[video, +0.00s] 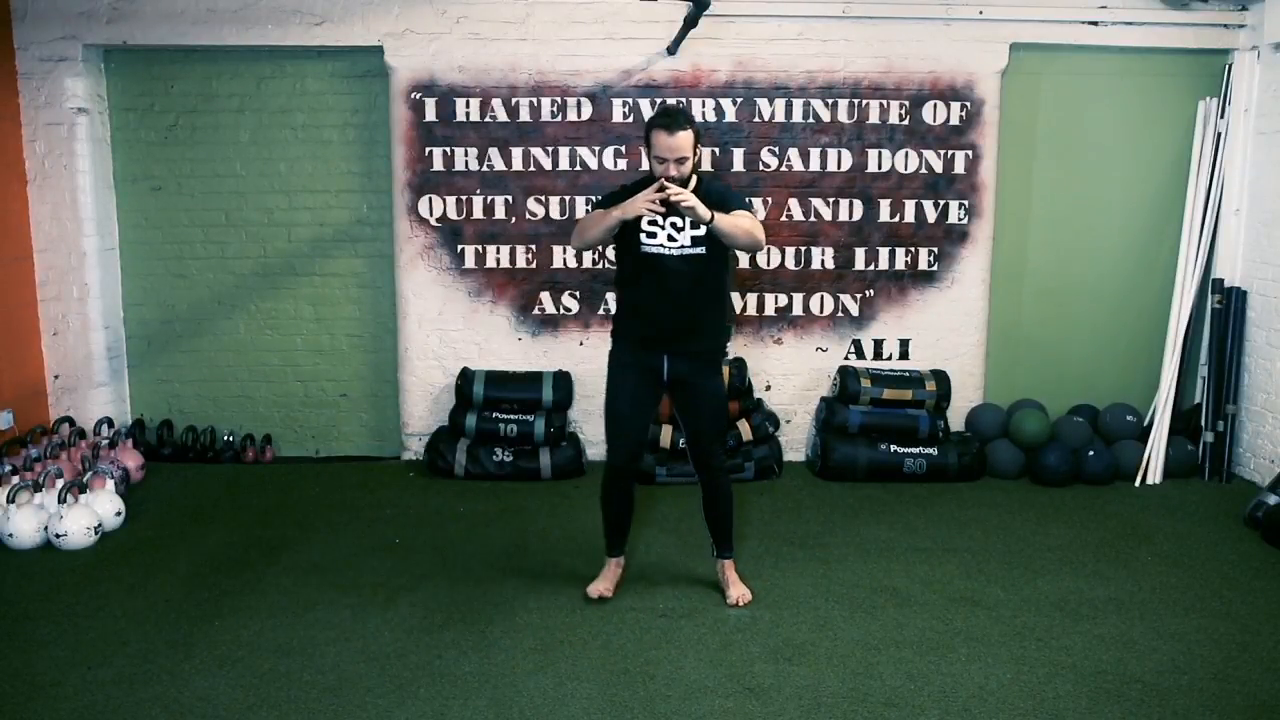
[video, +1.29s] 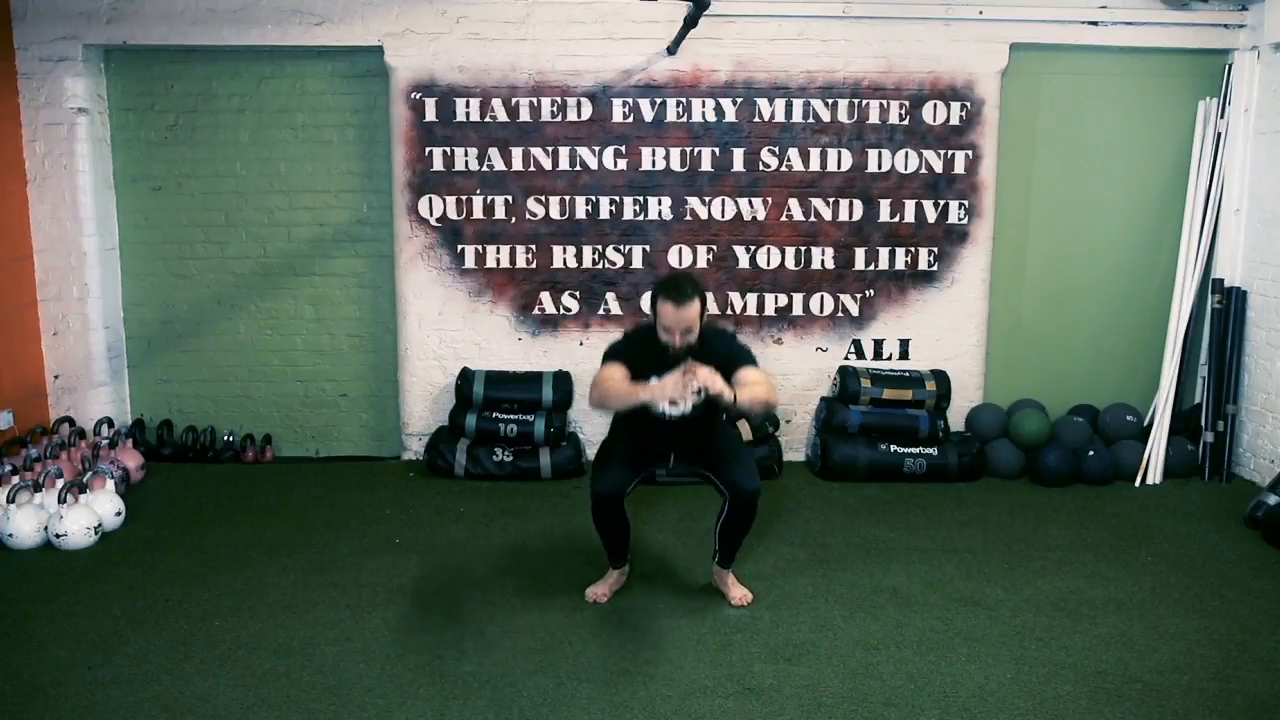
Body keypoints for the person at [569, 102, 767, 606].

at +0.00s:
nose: (670, 169)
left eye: (680, 159)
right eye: (661, 159)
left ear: (695, 153)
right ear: (648, 153)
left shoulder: (716, 193)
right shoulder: (628, 195)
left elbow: (754, 238)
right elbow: (580, 238)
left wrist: (704, 214)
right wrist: (625, 210)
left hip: (699, 351)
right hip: (635, 349)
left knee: (711, 459)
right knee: (622, 455)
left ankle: (726, 563)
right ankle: (614, 560)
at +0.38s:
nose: (674, 195)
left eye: (683, 184)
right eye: (665, 184)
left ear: (700, 174)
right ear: (652, 175)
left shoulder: (720, 213)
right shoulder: (634, 213)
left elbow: (759, 265)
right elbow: (586, 263)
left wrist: (711, 247)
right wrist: (633, 242)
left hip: (707, 365)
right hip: (640, 362)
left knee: (727, 465)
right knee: (621, 463)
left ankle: (727, 562)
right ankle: (617, 562)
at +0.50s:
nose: (672, 237)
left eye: (682, 227)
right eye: (663, 227)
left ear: (697, 216)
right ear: (650, 216)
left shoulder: (716, 247)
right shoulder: (632, 245)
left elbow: (758, 299)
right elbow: (587, 298)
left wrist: (713, 292)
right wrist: (632, 286)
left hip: (706, 379)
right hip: (641, 378)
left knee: (738, 471)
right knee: (613, 471)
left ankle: (727, 563)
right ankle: (617, 563)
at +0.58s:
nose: (672, 275)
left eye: (681, 266)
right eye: (662, 266)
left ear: (697, 252)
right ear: (649, 252)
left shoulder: (718, 282)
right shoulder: (631, 283)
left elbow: (757, 333)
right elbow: (589, 331)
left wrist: (716, 330)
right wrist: (635, 323)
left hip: (706, 394)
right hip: (641, 393)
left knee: (744, 476)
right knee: (605, 478)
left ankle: (727, 565)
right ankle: (617, 565)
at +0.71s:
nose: (672, 338)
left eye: (682, 329)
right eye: (663, 329)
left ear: (697, 311)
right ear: (649, 313)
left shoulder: (719, 333)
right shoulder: (632, 334)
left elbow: (757, 389)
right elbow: (593, 388)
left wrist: (723, 392)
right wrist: (639, 385)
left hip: (707, 425)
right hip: (642, 423)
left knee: (751, 485)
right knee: (597, 487)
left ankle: (726, 567)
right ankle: (616, 568)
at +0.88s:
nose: (673, 399)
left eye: (683, 390)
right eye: (664, 390)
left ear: (698, 370)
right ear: (651, 371)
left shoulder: (721, 391)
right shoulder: (630, 390)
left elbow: (761, 449)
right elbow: (597, 449)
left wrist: (726, 458)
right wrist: (642, 456)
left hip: (703, 479)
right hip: (645, 479)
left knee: (755, 491)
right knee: (594, 493)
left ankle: (724, 570)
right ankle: (616, 569)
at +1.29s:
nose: (677, 341)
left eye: (687, 332)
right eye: (668, 331)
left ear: (702, 318)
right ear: (655, 318)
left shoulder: (720, 343)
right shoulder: (634, 344)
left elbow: (764, 394)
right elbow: (601, 393)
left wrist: (729, 394)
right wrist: (653, 390)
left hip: (706, 432)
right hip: (641, 432)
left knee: (745, 488)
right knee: (605, 489)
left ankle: (723, 568)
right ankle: (618, 567)